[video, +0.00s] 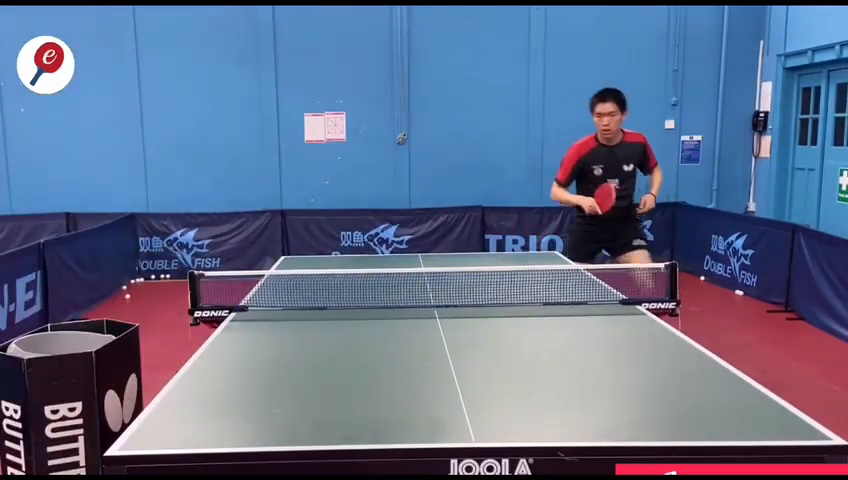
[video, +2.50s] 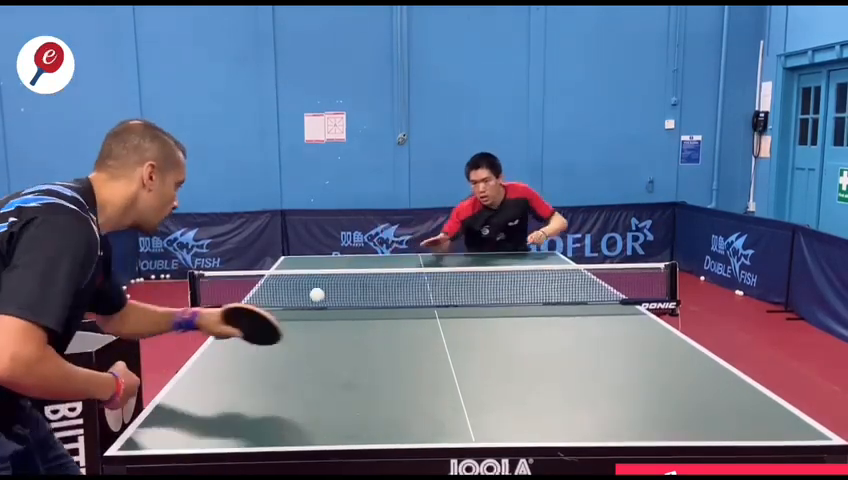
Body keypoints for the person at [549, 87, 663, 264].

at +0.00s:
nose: (605, 122)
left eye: (612, 115)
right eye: (599, 116)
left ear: (623, 116)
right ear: (593, 118)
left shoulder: (638, 143)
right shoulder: (580, 150)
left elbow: (655, 171)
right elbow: (556, 191)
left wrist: (652, 194)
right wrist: (581, 200)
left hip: (624, 223)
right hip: (587, 225)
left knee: (645, 278)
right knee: (571, 281)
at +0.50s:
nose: (497, 161)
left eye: (502, 153)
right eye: (491, 154)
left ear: (515, 151)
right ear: (486, 155)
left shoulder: (537, 169)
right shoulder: (481, 178)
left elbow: (561, 194)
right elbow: (467, 219)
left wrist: (542, 216)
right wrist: (477, 223)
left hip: (531, 245)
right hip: (495, 247)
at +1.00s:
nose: (477, 170)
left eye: (482, 163)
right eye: (471, 164)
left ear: (495, 160)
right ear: (466, 164)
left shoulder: (517, 171)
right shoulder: (462, 183)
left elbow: (545, 190)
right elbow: (451, 224)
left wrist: (534, 211)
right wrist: (458, 228)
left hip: (516, 236)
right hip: (480, 240)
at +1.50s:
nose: (492, 174)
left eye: (498, 166)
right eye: (487, 168)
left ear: (512, 163)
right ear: (483, 168)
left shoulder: (533, 179)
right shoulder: (479, 191)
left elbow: (564, 201)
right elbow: (463, 226)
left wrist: (558, 213)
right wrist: (456, 239)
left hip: (520, 253)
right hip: (481, 255)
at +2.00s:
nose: (422, 196)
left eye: (427, 188)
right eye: (416, 190)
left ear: (442, 183)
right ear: (412, 191)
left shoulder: (464, 191)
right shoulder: (413, 213)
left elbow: (487, 203)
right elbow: (405, 240)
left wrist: (502, 214)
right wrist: (392, 240)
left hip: (465, 263)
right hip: (430, 268)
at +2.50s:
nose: (481, 189)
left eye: (486, 181)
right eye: (475, 184)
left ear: (500, 178)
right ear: (471, 185)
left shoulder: (522, 194)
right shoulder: (465, 210)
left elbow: (561, 222)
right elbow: (445, 244)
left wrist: (545, 232)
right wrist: (440, 245)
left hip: (519, 272)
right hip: (479, 275)